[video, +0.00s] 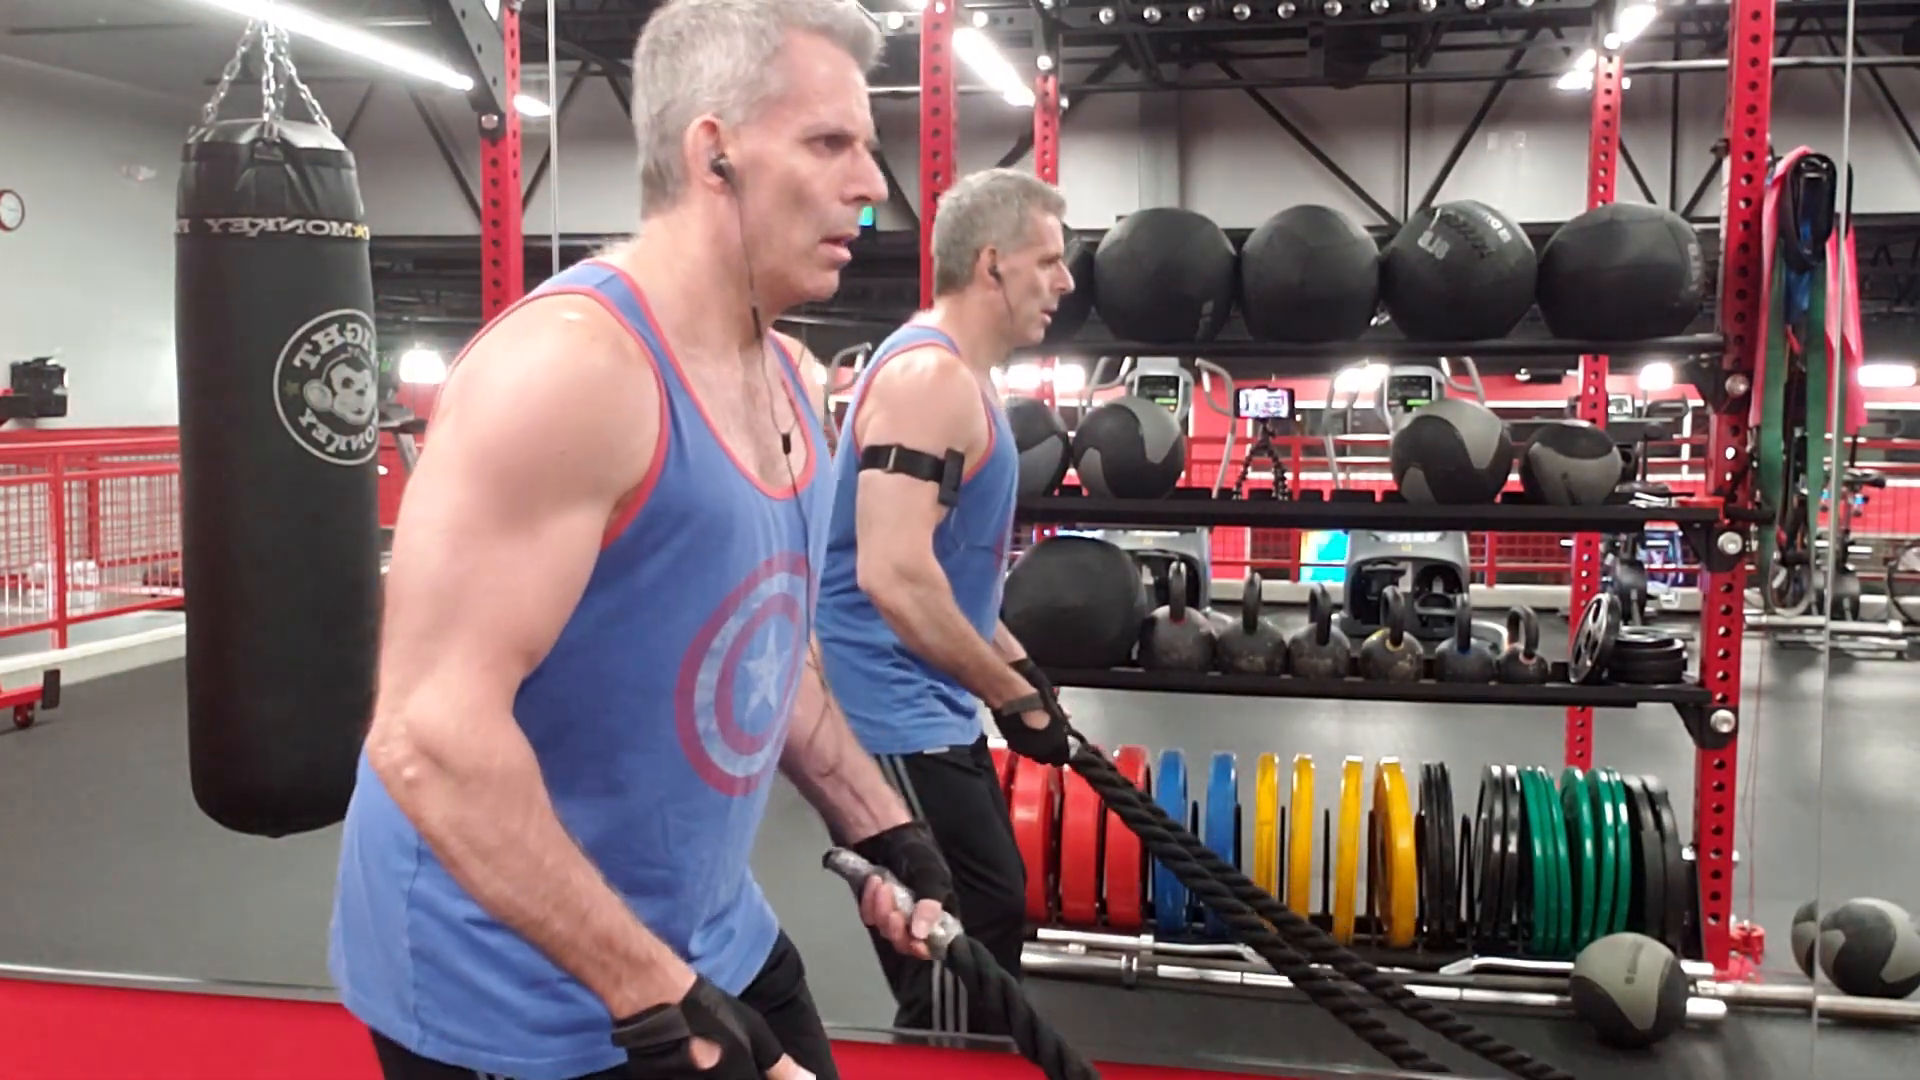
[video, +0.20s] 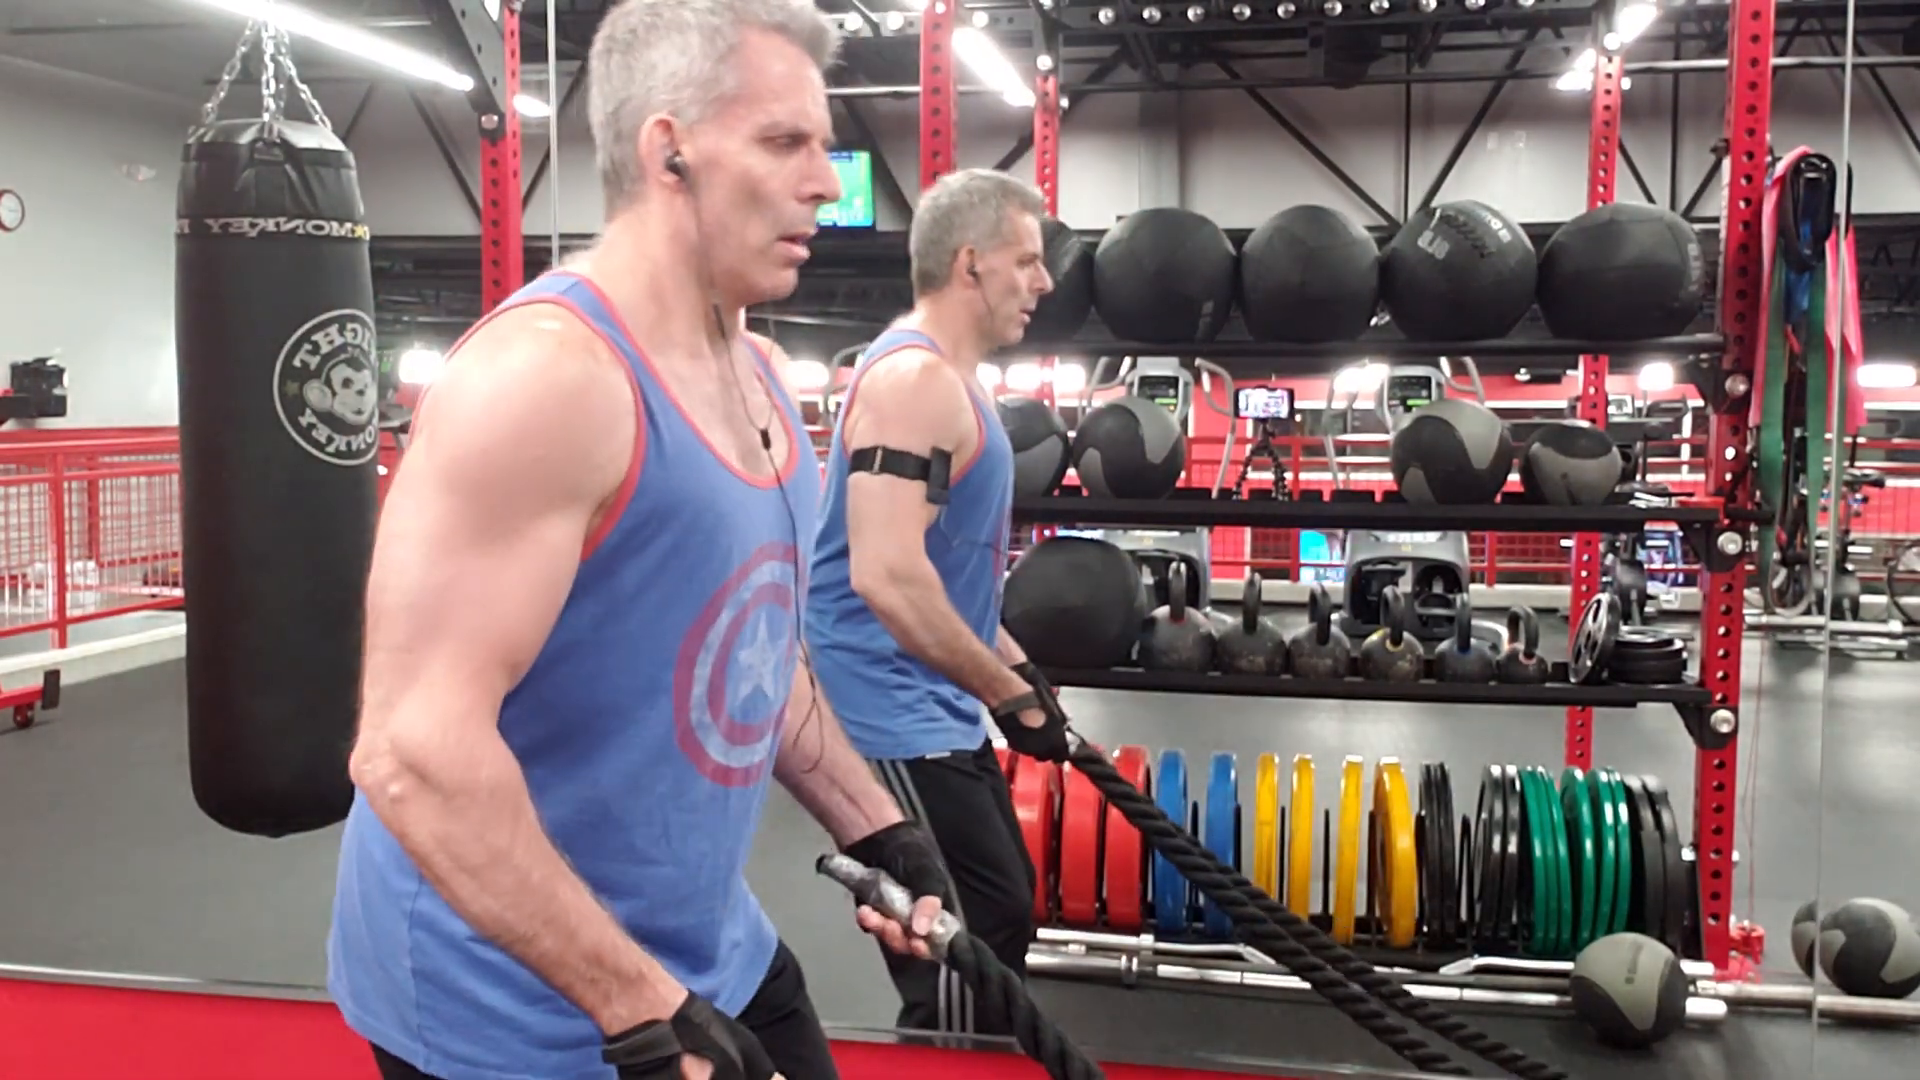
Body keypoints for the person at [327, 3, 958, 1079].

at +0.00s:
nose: (872, 185)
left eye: (867, 149)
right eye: (832, 142)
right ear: (714, 153)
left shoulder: (790, 380)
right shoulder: (561, 368)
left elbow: (762, 648)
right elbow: (431, 732)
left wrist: (883, 836)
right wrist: (651, 991)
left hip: (715, 934)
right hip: (513, 991)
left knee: (801, 1071)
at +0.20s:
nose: (826, 185)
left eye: (823, 148)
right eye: (785, 142)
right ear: (665, 147)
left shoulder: (757, 373)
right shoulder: (539, 376)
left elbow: (756, 653)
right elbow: (414, 751)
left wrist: (882, 842)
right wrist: (644, 1012)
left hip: (713, 945)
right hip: (515, 1003)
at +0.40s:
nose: (806, 179)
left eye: (803, 142)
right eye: (766, 137)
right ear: (648, 149)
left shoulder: (744, 367)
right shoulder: (531, 379)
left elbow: (760, 640)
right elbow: (417, 750)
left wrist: (886, 834)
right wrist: (652, 1001)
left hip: (729, 950)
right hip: (529, 1010)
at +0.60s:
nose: (824, 183)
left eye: (819, 146)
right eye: (784, 142)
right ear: (666, 154)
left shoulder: (742, 378)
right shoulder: (541, 386)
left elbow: (747, 671)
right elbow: (418, 755)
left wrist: (876, 857)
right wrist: (645, 1011)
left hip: (731, 956)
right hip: (528, 1014)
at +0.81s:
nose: (832, 185)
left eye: (827, 148)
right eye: (791, 144)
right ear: (675, 160)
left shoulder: (750, 388)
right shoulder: (547, 392)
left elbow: (745, 678)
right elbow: (419, 759)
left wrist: (874, 857)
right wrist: (644, 1016)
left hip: (732, 958)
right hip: (531, 1016)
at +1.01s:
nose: (840, 189)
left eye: (834, 151)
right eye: (798, 148)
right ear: (684, 164)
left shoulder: (755, 394)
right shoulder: (549, 395)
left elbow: (746, 679)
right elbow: (416, 763)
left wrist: (875, 859)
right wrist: (633, 1027)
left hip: (731, 959)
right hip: (530, 1015)